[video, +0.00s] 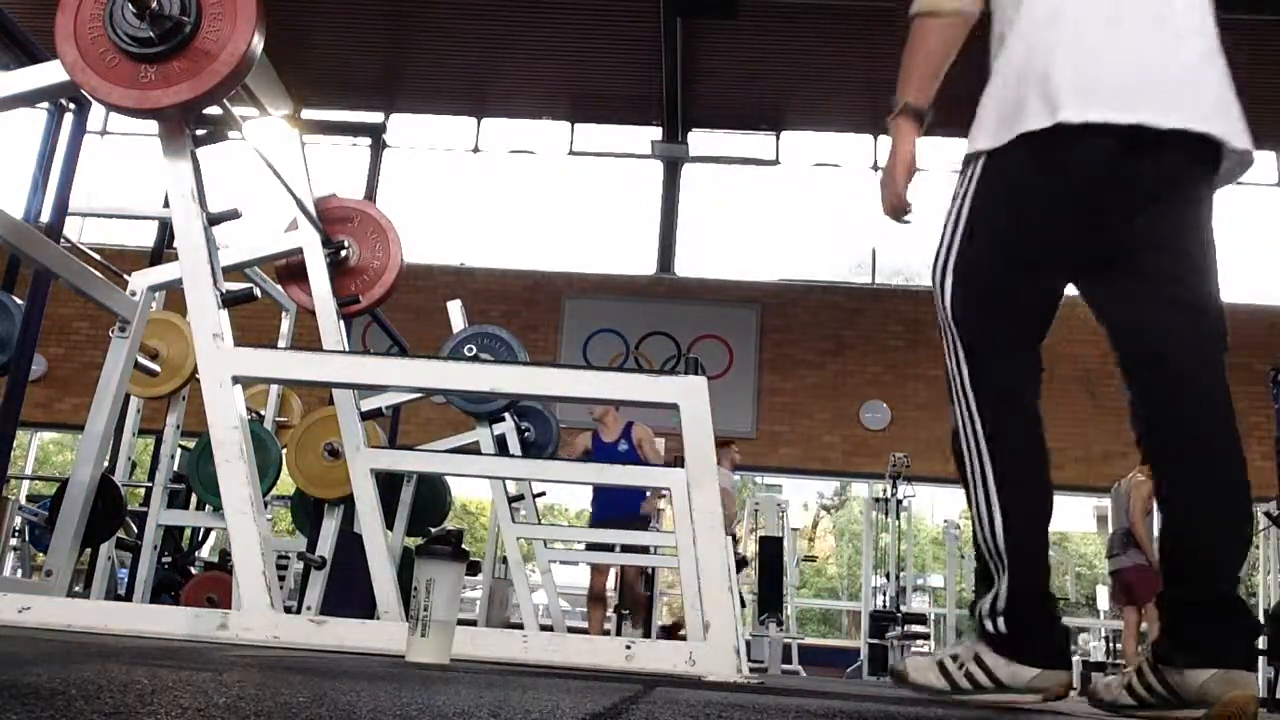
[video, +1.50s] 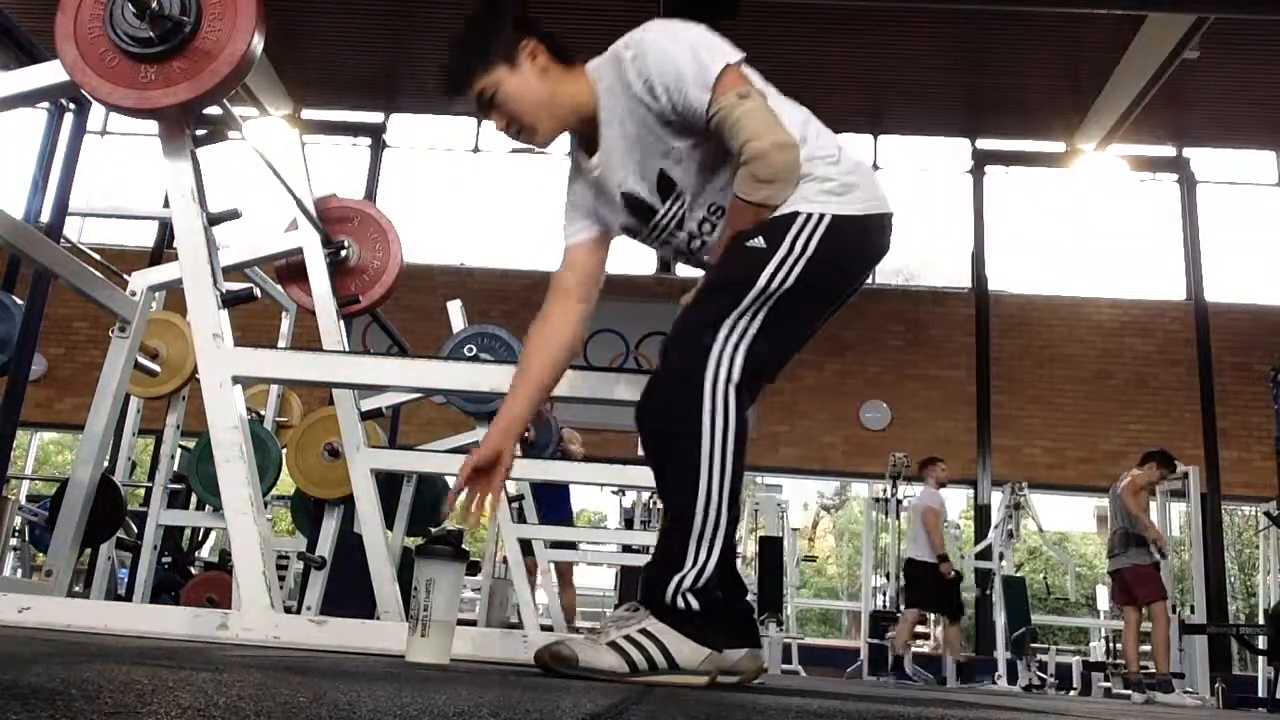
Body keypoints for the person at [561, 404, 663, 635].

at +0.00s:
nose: (590, 407)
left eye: (596, 403)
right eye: (591, 403)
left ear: (612, 406)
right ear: (601, 409)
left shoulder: (638, 432)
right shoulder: (586, 439)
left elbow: (660, 469)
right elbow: (559, 463)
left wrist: (653, 498)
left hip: (634, 516)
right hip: (602, 516)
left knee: (631, 577)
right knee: (597, 579)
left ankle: (638, 630)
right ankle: (595, 639)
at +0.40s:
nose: (594, 410)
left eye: (599, 406)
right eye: (593, 406)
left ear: (614, 409)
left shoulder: (635, 438)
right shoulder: (584, 435)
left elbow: (650, 475)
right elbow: (556, 455)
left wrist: (632, 496)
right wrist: (574, 447)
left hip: (617, 518)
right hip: (588, 516)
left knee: (611, 580)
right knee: (588, 579)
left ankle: (604, 638)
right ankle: (592, 640)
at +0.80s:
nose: (591, 412)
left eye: (597, 408)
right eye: (590, 408)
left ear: (613, 411)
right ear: (590, 412)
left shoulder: (628, 443)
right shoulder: (581, 438)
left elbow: (638, 482)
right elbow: (556, 461)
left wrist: (616, 491)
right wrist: (580, 471)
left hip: (611, 520)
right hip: (579, 516)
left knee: (610, 581)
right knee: (563, 575)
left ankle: (607, 637)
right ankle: (556, 628)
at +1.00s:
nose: (579, 412)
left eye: (585, 407)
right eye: (579, 407)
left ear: (600, 411)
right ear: (579, 412)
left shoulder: (615, 442)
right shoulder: (567, 438)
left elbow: (622, 481)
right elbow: (549, 467)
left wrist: (593, 462)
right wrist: (563, 458)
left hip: (599, 519)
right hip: (569, 515)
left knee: (604, 579)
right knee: (552, 573)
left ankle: (606, 635)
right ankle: (530, 625)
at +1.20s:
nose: (556, 411)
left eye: (562, 406)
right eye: (555, 406)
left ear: (577, 409)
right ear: (555, 410)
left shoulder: (591, 437)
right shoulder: (550, 435)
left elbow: (596, 456)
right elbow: (534, 453)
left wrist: (569, 447)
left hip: (578, 514)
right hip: (549, 512)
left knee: (587, 578)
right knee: (536, 573)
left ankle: (598, 635)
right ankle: (531, 625)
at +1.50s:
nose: (543, 408)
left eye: (547, 402)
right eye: (539, 401)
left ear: (552, 407)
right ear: (530, 406)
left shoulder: (565, 433)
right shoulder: (523, 433)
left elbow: (578, 453)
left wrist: (567, 448)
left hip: (558, 509)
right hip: (526, 511)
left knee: (565, 573)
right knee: (528, 572)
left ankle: (570, 627)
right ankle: (526, 625)